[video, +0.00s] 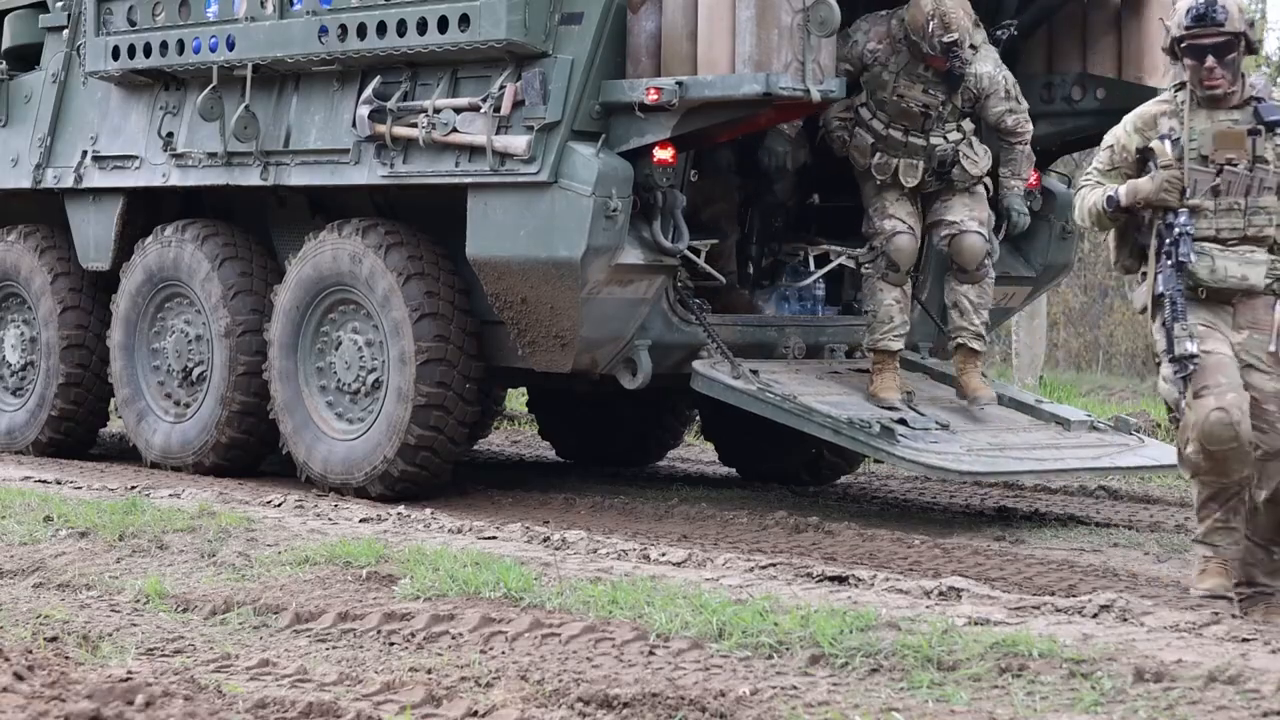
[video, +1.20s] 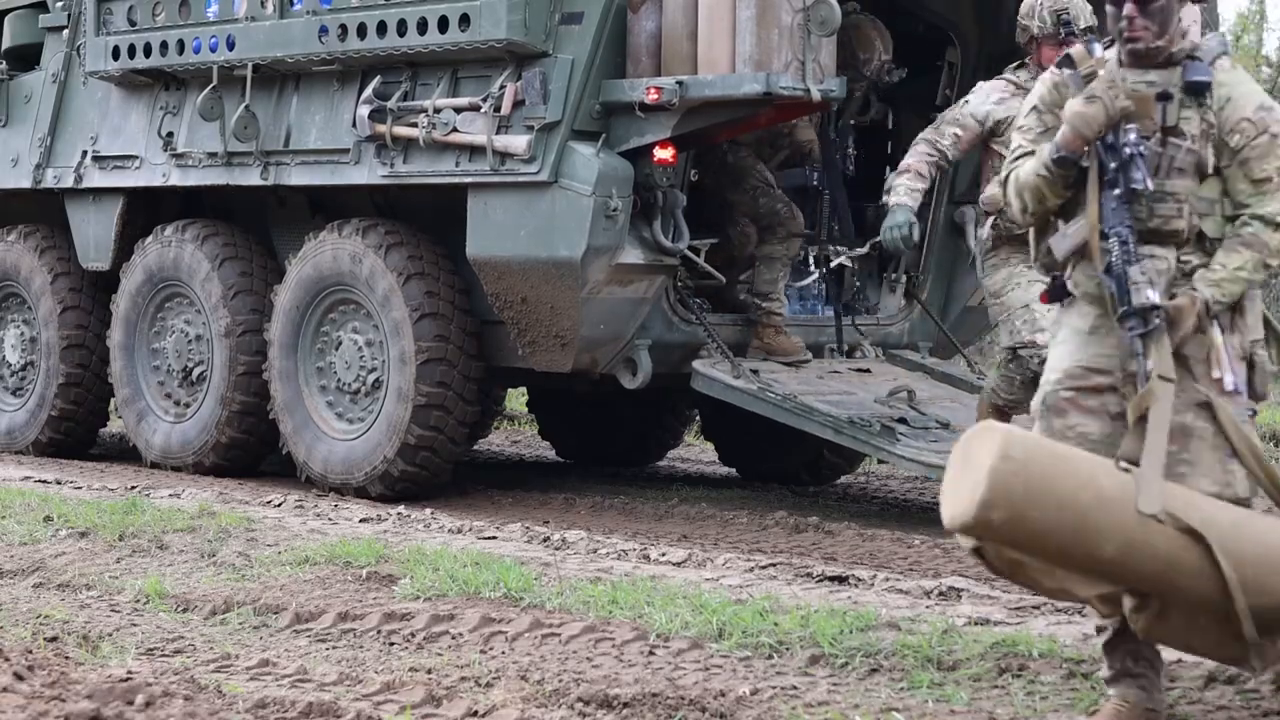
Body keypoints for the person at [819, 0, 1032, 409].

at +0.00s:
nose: (953, 61)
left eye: (959, 50)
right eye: (942, 52)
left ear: (969, 37)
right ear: (917, 37)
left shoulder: (983, 65)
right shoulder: (874, 38)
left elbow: (1015, 131)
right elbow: (821, 69)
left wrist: (1015, 194)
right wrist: (843, 132)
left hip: (957, 169)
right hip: (887, 164)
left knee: (971, 247)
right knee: (897, 247)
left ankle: (969, 367)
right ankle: (885, 368)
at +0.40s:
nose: (1012, 33)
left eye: (1024, 22)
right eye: (1007, 18)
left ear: (1034, 22)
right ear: (984, 10)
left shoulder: (1041, 65)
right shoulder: (933, 34)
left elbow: (1071, 143)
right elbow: (874, 85)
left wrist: (1082, 208)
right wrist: (828, 134)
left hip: (1003, 179)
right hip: (931, 167)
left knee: (1009, 278)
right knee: (949, 251)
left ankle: (994, 392)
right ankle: (949, 376)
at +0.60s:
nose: (1020, 26)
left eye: (1028, 18)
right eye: (1012, 15)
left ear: (1037, 15)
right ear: (986, 6)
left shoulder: (1049, 49)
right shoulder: (937, 37)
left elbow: (1094, 113)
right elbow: (878, 93)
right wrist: (836, 147)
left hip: (1020, 184)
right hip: (953, 180)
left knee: (1030, 296)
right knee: (977, 285)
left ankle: (997, 391)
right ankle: (968, 408)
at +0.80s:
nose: (1025, 28)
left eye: (1032, 20)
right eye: (1016, 18)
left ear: (1041, 19)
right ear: (991, 13)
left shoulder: (1062, 57)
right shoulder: (946, 57)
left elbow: (1115, 108)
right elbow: (898, 134)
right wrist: (865, 204)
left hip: (1036, 201)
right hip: (967, 200)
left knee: (1074, 294)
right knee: (996, 295)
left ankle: (1036, 400)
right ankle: (975, 419)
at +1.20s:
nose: (1067, 54)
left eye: (1075, 43)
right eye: (1056, 44)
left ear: (1088, 43)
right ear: (1032, 46)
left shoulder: (1096, 95)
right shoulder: (999, 95)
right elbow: (933, 146)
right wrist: (901, 204)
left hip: (1079, 245)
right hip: (1012, 245)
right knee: (1036, 349)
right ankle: (988, 435)